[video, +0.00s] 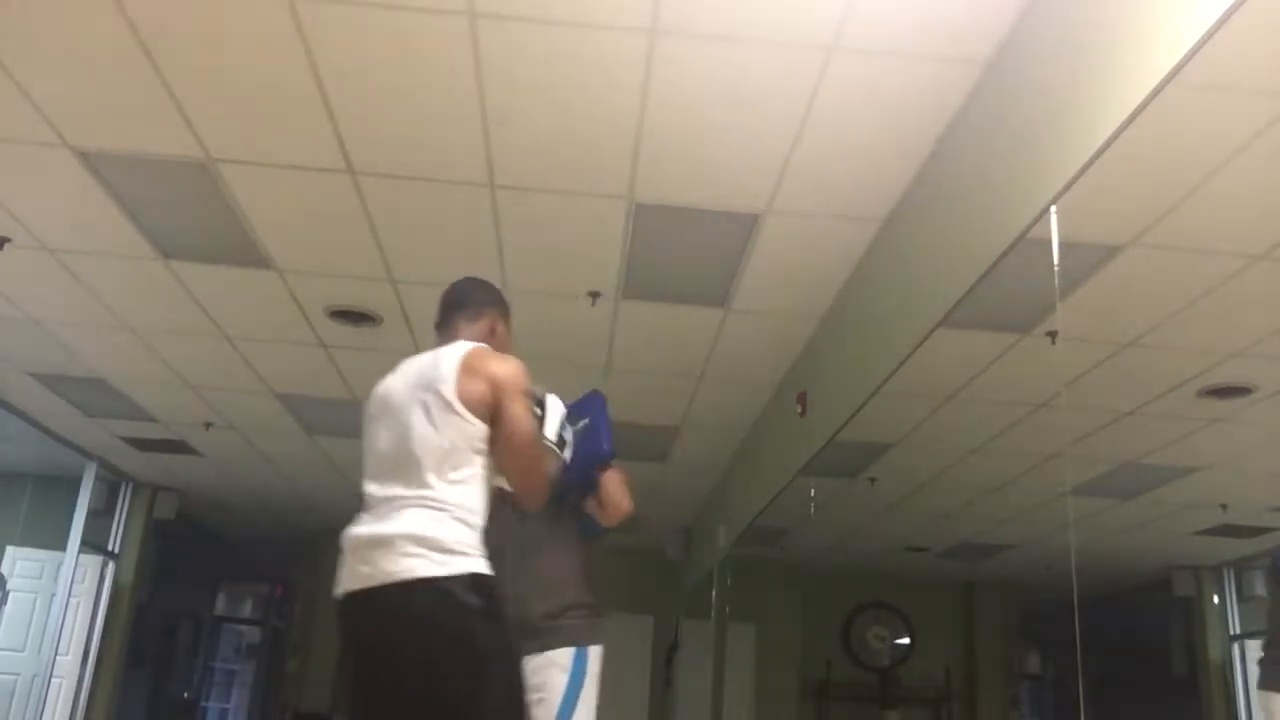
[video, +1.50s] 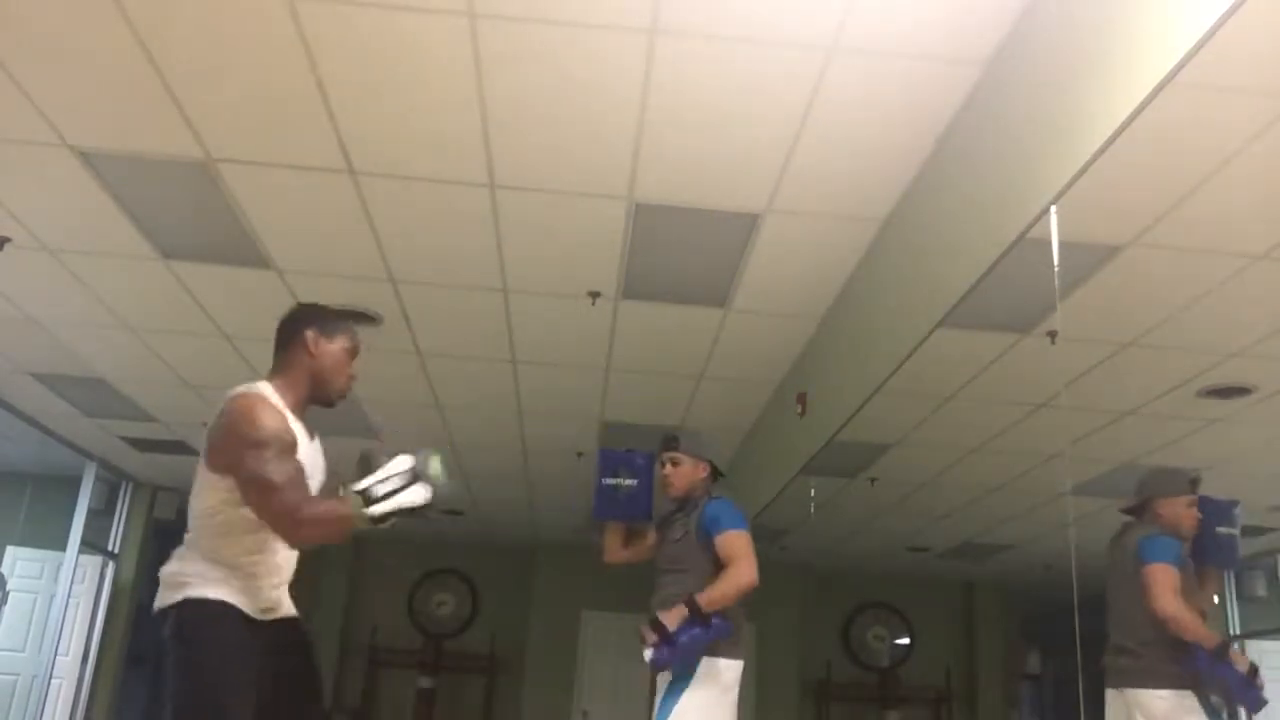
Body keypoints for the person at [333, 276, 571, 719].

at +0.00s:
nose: (507, 344)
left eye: (506, 333)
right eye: (506, 331)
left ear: (441, 328)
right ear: (495, 326)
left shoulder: (385, 387)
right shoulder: (497, 367)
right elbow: (532, 489)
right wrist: (541, 430)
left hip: (360, 591)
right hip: (440, 583)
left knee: (374, 711)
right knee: (490, 709)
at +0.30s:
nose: (444, 356)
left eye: (446, 344)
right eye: (445, 342)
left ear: (380, 327)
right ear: (430, 327)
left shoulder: (313, 393)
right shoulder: (425, 395)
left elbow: (304, 496)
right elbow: (450, 520)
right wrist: (505, 514)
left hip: (282, 597)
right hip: (344, 603)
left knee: (278, 712)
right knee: (339, 712)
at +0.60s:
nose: (418, 348)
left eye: (421, 335)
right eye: (418, 331)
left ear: (381, 317)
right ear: (391, 316)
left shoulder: (333, 364)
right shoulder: (358, 364)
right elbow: (415, 471)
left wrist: (408, 492)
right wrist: (460, 439)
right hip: (290, 574)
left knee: (330, 708)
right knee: (286, 710)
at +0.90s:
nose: (419, 392)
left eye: (420, 379)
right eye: (414, 374)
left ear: (378, 365)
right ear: (378, 363)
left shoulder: (377, 441)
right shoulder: (322, 404)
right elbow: (324, 483)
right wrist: (398, 474)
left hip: (309, 618)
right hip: (253, 606)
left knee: (350, 697)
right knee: (289, 698)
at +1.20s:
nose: (419, 389)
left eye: (419, 375)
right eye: (412, 371)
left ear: (374, 366)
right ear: (372, 363)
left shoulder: (373, 446)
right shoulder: (313, 412)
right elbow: (327, 517)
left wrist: (404, 593)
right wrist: (395, 485)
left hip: (335, 616)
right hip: (271, 602)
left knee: (373, 707)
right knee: (268, 705)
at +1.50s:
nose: (353, 373)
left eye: (355, 359)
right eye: (349, 354)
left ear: (314, 347)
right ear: (312, 343)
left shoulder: (307, 442)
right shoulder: (253, 412)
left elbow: (302, 521)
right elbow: (296, 521)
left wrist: (366, 499)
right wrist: (366, 503)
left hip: (272, 611)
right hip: (212, 602)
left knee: (300, 709)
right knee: (219, 710)